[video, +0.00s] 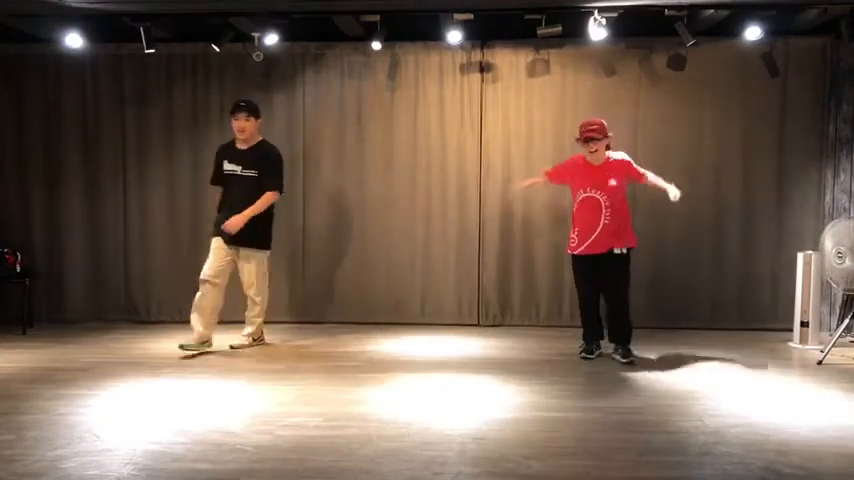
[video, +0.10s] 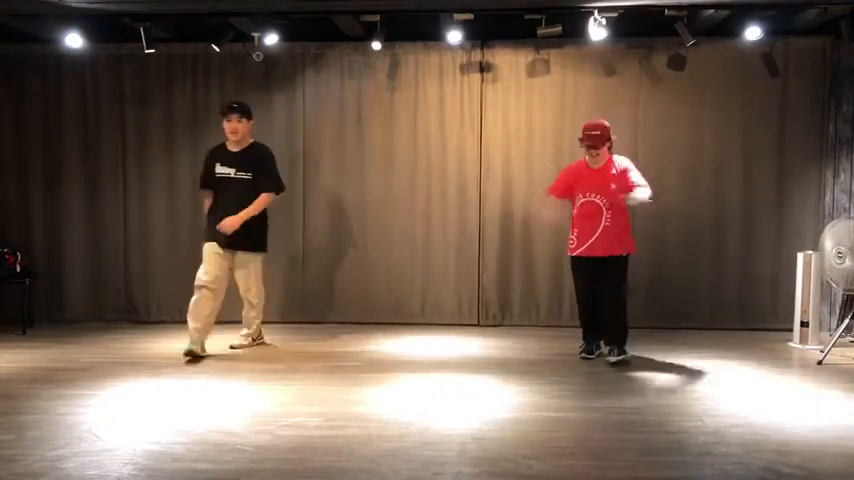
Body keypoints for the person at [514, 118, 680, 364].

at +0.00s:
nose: (591, 146)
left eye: (596, 141)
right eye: (586, 142)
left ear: (606, 142)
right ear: (581, 144)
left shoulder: (620, 163)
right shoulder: (573, 166)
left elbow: (645, 177)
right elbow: (546, 177)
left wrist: (668, 187)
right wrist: (524, 183)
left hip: (616, 246)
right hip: (584, 248)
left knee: (618, 298)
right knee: (588, 299)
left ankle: (621, 344)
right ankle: (591, 342)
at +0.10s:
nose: (591, 153)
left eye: (596, 148)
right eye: (587, 148)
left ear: (608, 145)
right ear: (582, 146)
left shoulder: (621, 166)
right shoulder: (574, 171)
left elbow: (645, 192)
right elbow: (551, 198)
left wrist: (625, 197)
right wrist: (559, 212)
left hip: (614, 248)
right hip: (583, 249)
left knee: (614, 298)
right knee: (586, 298)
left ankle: (616, 344)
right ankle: (590, 342)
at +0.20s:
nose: (595, 151)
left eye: (600, 145)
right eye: (591, 145)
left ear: (612, 145)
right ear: (586, 146)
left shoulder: (623, 164)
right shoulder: (579, 170)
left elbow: (608, 178)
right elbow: (593, 198)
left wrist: (577, 171)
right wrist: (626, 201)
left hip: (613, 247)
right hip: (583, 247)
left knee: (610, 299)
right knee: (586, 298)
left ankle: (609, 347)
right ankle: (590, 343)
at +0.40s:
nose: (602, 144)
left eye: (607, 139)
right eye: (597, 139)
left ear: (617, 141)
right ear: (591, 142)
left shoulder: (627, 164)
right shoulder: (581, 167)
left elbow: (628, 193)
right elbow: (598, 194)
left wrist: (597, 190)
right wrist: (632, 196)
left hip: (617, 248)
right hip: (586, 248)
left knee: (613, 301)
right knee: (588, 298)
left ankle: (610, 349)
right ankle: (591, 342)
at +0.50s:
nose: (606, 142)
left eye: (611, 138)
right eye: (601, 138)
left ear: (619, 140)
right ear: (594, 140)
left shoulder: (632, 167)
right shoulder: (582, 168)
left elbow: (637, 201)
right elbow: (579, 206)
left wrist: (617, 204)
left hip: (620, 248)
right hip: (587, 247)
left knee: (614, 300)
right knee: (587, 296)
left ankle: (610, 349)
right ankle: (591, 341)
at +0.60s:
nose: (611, 141)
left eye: (616, 136)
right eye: (606, 136)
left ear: (624, 138)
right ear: (598, 138)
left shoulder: (635, 168)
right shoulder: (583, 167)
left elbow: (659, 195)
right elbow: (558, 196)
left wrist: (661, 216)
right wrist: (556, 226)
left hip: (621, 250)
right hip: (588, 249)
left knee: (615, 302)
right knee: (587, 298)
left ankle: (611, 350)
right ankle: (591, 341)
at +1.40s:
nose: (605, 139)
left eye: (605, 135)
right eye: (600, 135)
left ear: (601, 138)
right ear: (584, 138)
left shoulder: (610, 163)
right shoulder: (566, 167)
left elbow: (626, 192)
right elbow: (570, 201)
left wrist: (630, 210)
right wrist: (592, 214)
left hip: (606, 249)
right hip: (575, 249)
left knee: (607, 303)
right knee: (570, 302)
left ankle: (609, 351)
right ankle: (565, 349)